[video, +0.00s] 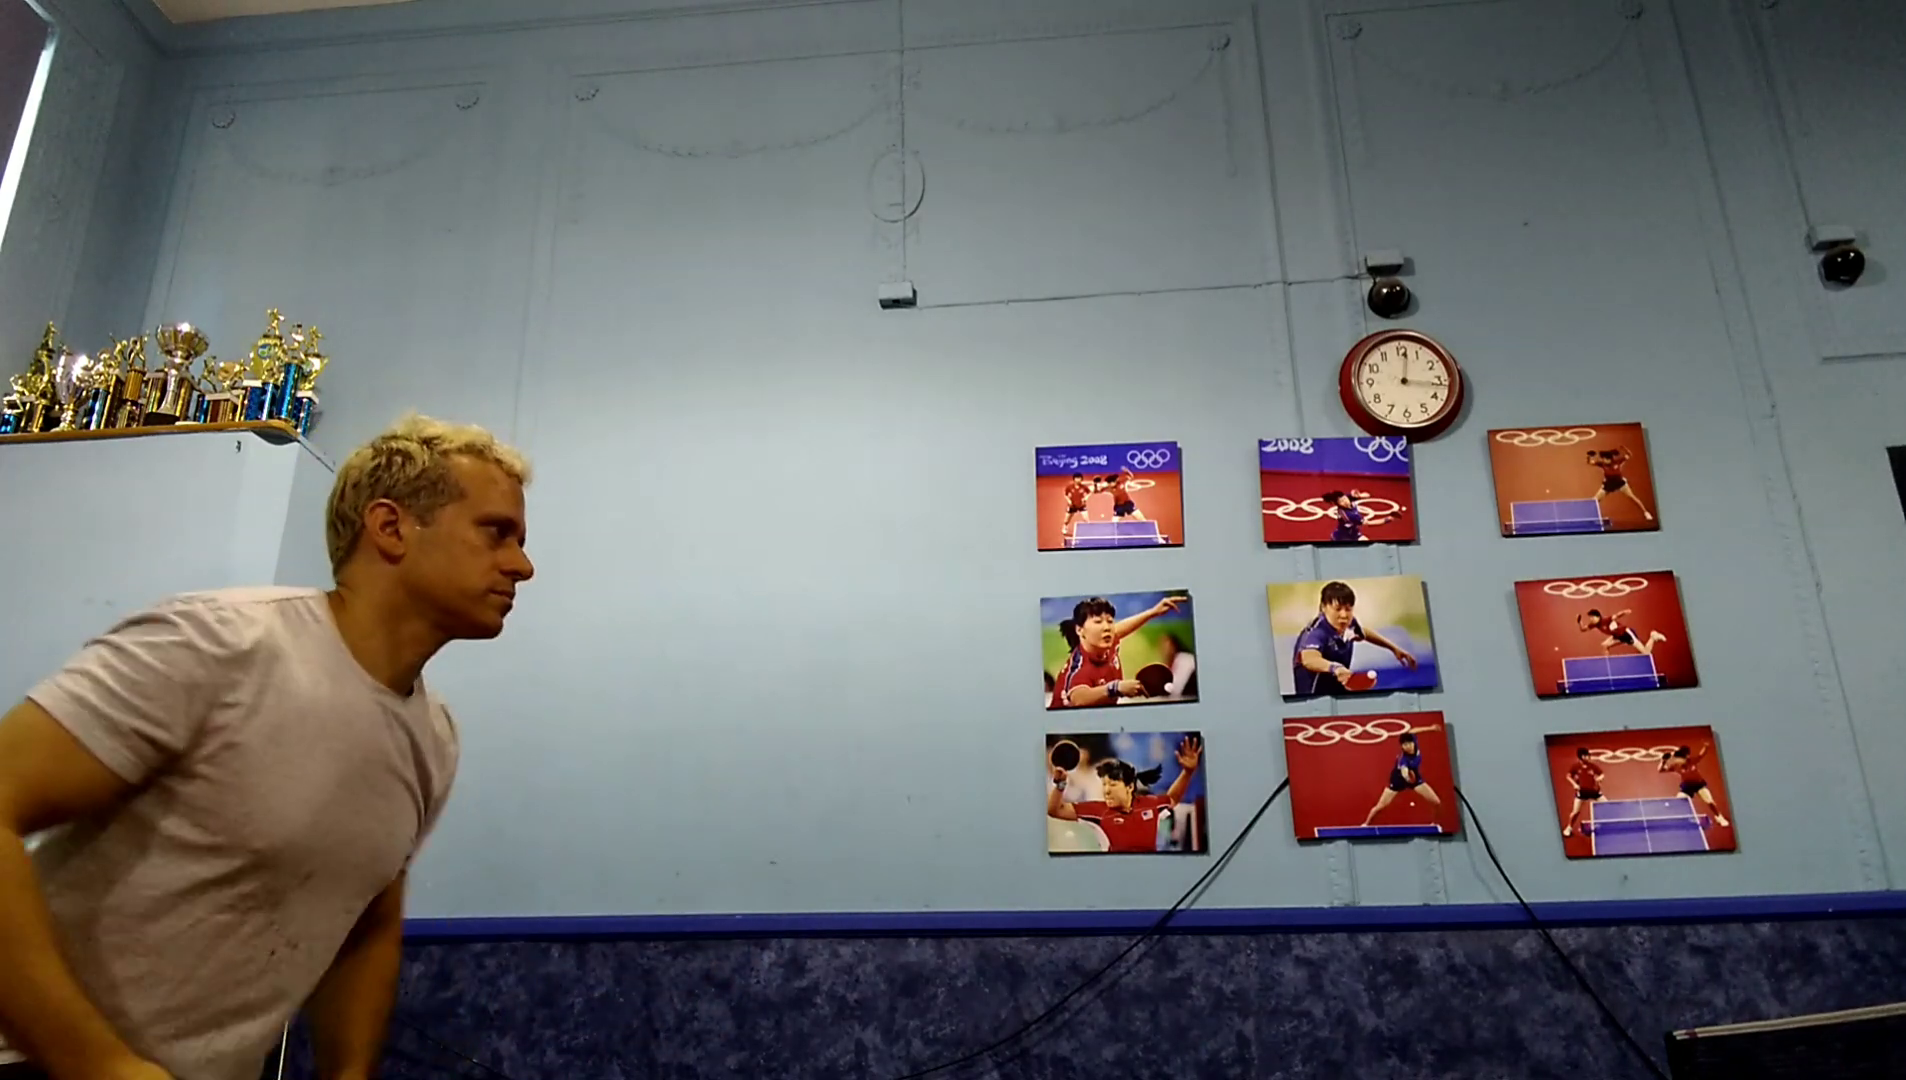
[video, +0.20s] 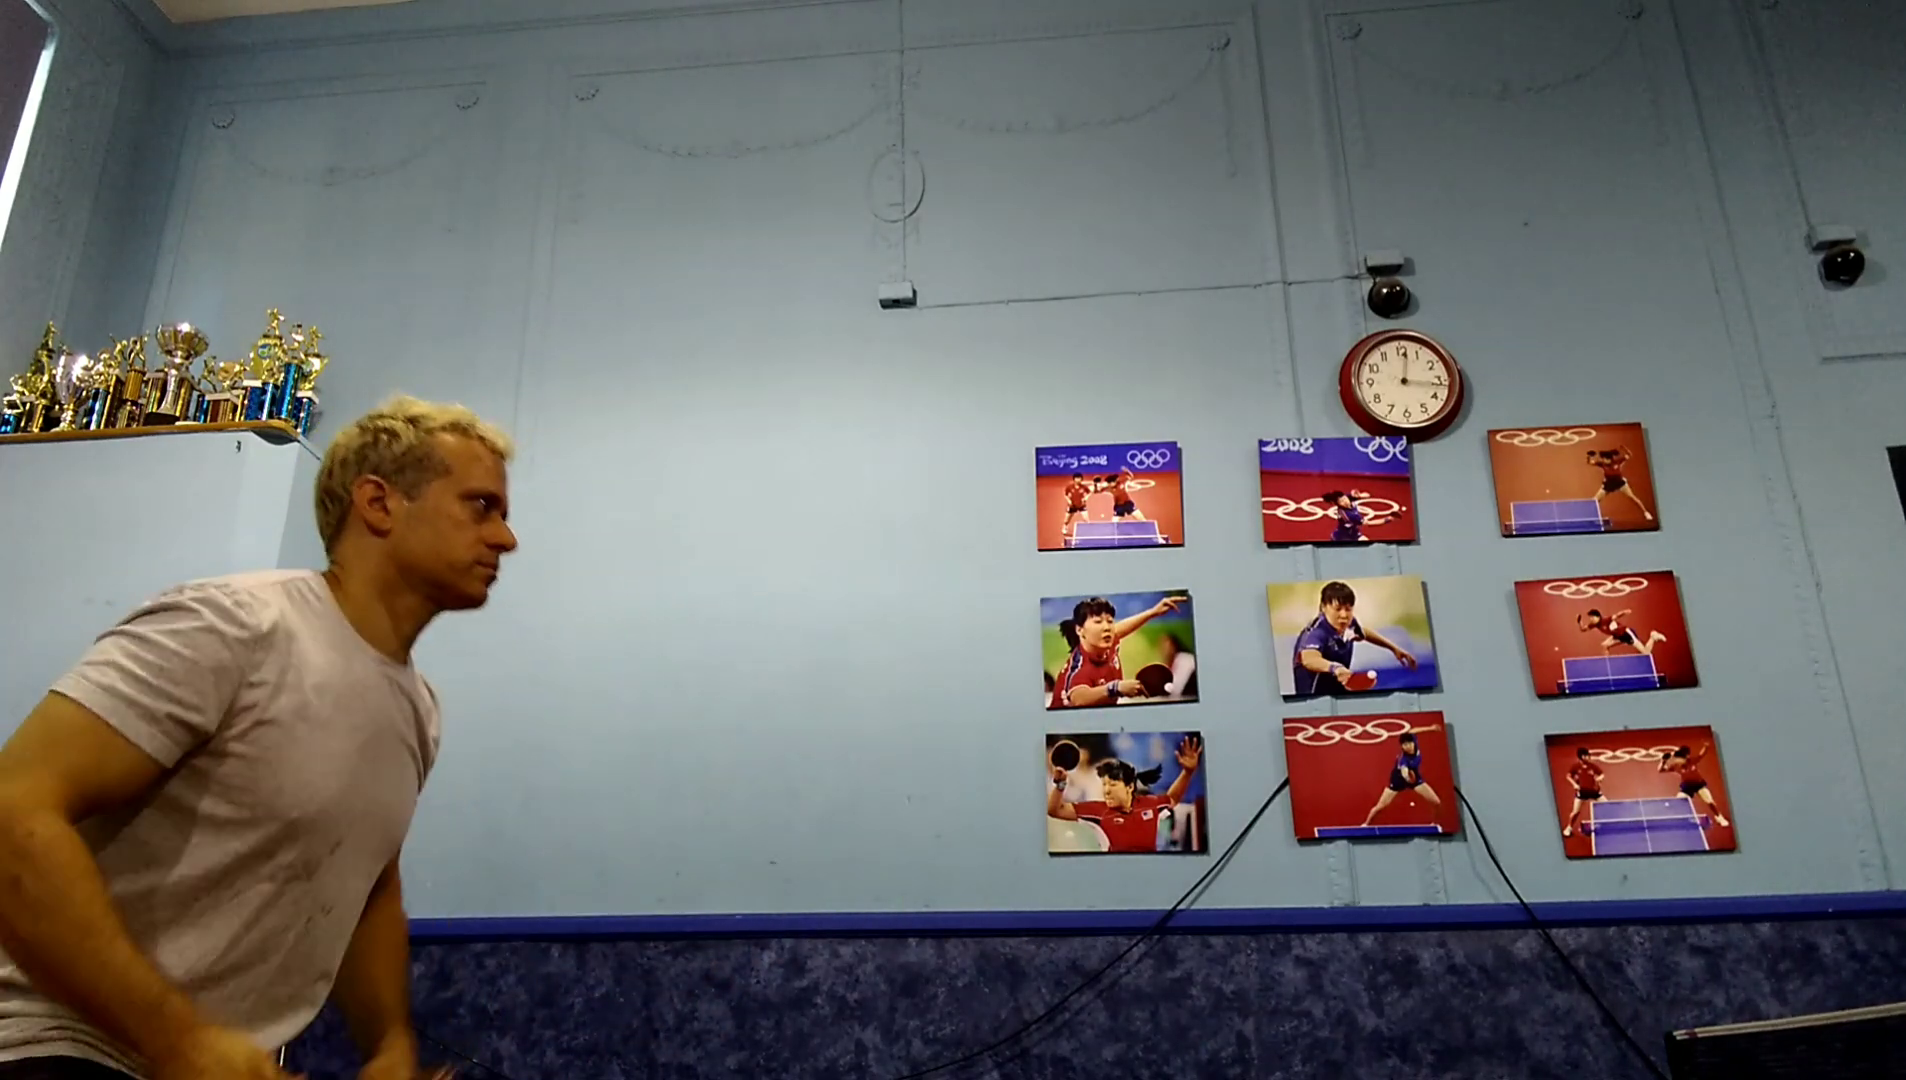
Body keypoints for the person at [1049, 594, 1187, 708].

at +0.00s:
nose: (1107, 628)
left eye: (1110, 622)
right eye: (1098, 622)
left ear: (1114, 626)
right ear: (1080, 630)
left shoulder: (1109, 644)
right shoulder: (1079, 666)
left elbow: (1119, 630)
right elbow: (1078, 698)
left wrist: (1154, 612)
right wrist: (1115, 687)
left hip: (1102, 724)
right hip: (1070, 729)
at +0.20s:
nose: (1107, 628)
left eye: (1109, 622)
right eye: (1098, 622)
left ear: (1114, 626)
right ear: (1080, 630)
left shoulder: (1109, 644)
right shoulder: (1079, 666)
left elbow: (1119, 630)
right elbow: (1078, 698)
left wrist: (1154, 612)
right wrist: (1115, 687)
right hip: (1069, 729)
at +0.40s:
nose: (1107, 628)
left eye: (1110, 622)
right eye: (1098, 622)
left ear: (1114, 626)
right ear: (1080, 630)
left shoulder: (1109, 644)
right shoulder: (1079, 666)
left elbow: (1119, 630)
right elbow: (1078, 698)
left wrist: (1154, 612)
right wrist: (1115, 687)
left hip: (1102, 724)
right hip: (1070, 729)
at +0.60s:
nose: (1107, 628)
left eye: (1110, 622)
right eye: (1098, 622)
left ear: (1114, 626)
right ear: (1080, 630)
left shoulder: (1109, 644)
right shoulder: (1079, 666)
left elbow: (1120, 629)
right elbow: (1078, 698)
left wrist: (1154, 611)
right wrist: (1115, 687)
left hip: (1102, 724)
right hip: (1069, 729)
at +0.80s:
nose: (1107, 628)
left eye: (1110, 622)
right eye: (1098, 622)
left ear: (1114, 626)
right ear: (1080, 630)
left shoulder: (1109, 644)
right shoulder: (1078, 666)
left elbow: (1120, 629)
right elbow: (1078, 698)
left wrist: (1154, 611)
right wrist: (1115, 687)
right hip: (1069, 729)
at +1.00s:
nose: (1107, 628)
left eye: (1109, 622)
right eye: (1098, 622)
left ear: (1114, 626)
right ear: (1080, 630)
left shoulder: (1109, 644)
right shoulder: (1079, 666)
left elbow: (1120, 630)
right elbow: (1078, 698)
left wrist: (1154, 611)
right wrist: (1115, 687)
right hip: (1069, 730)